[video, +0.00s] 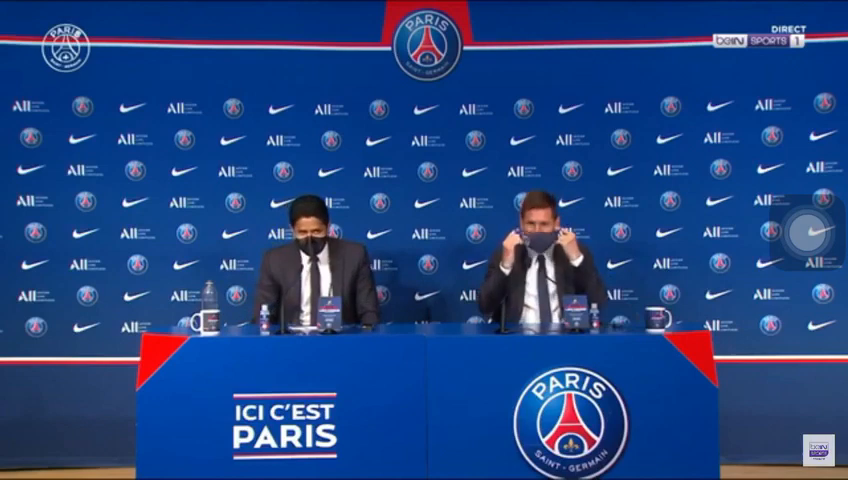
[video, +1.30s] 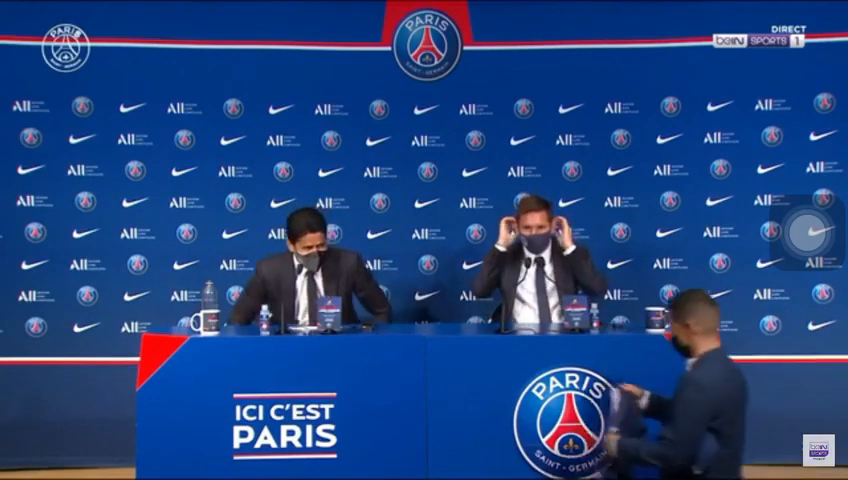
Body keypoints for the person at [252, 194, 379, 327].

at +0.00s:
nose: (310, 238)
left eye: (317, 231)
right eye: (302, 232)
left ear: (327, 227)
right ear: (293, 230)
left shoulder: (354, 254)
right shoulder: (275, 259)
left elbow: (368, 312)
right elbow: (263, 315)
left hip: (342, 346)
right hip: (291, 346)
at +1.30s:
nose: (315, 253)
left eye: (320, 246)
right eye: (307, 248)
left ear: (326, 238)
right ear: (291, 244)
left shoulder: (349, 263)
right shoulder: (269, 270)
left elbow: (382, 311)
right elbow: (238, 321)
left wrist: (369, 345)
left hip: (340, 352)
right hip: (287, 353)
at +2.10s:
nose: (312, 259)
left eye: (318, 253)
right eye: (305, 255)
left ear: (326, 242)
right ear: (290, 246)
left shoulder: (347, 257)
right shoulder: (268, 261)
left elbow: (373, 297)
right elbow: (238, 302)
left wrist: (366, 331)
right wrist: (259, 329)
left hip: (338, 348)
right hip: (287, 348)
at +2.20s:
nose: (310, 260)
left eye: (316, 254)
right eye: (303, 255)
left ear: (324, 243)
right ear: (289, 246)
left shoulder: (347, 255)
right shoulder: (268, 260)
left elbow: (374, 295)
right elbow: (240, 310)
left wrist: (358, 305)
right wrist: (264, 299)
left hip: (336, 344)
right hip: (285, 345)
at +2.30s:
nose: (309, 258)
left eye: (316, 252)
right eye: (302, 252)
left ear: (325, 242)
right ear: (290, 245)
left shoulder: (348, 253)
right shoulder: (271, 259)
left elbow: (375, 308)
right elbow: (252, 316)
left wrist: (348, 287)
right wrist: (275, 283)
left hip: (337, 342)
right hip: (289, 343)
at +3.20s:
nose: (318, 241)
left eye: (323, 232)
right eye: (310, 233)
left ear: (330, 227)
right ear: (296, 230)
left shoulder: (350, 250)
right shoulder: (273, 257)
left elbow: (368, 315)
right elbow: (263, 314)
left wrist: (355, 280)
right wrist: (295, 295)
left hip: (339, 342)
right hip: (291, 343)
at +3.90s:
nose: (334, 235)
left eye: (340, 227)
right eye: (328, 227)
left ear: (347, 220)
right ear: (312, 220)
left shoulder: (361, 237)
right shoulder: (282, 240)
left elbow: (372, 289)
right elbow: (270, 297)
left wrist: (358, 288)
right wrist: (315, 300)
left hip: (348, 334)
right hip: (298, 336)